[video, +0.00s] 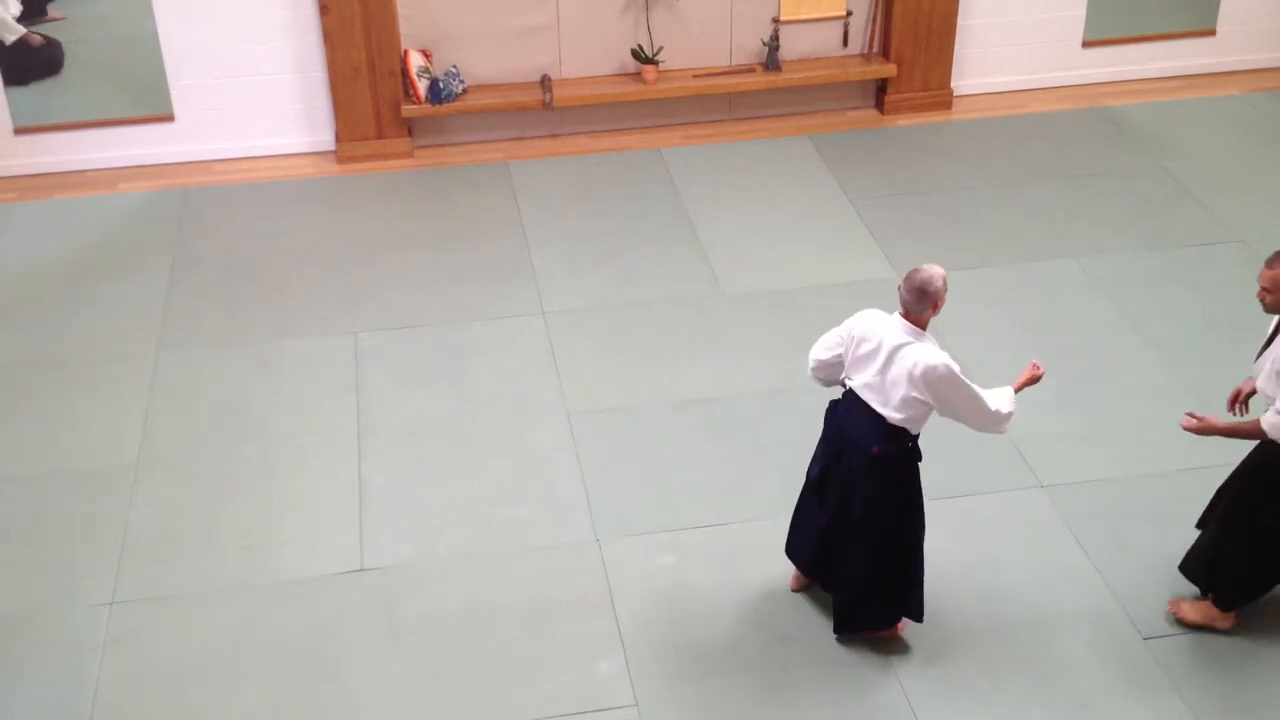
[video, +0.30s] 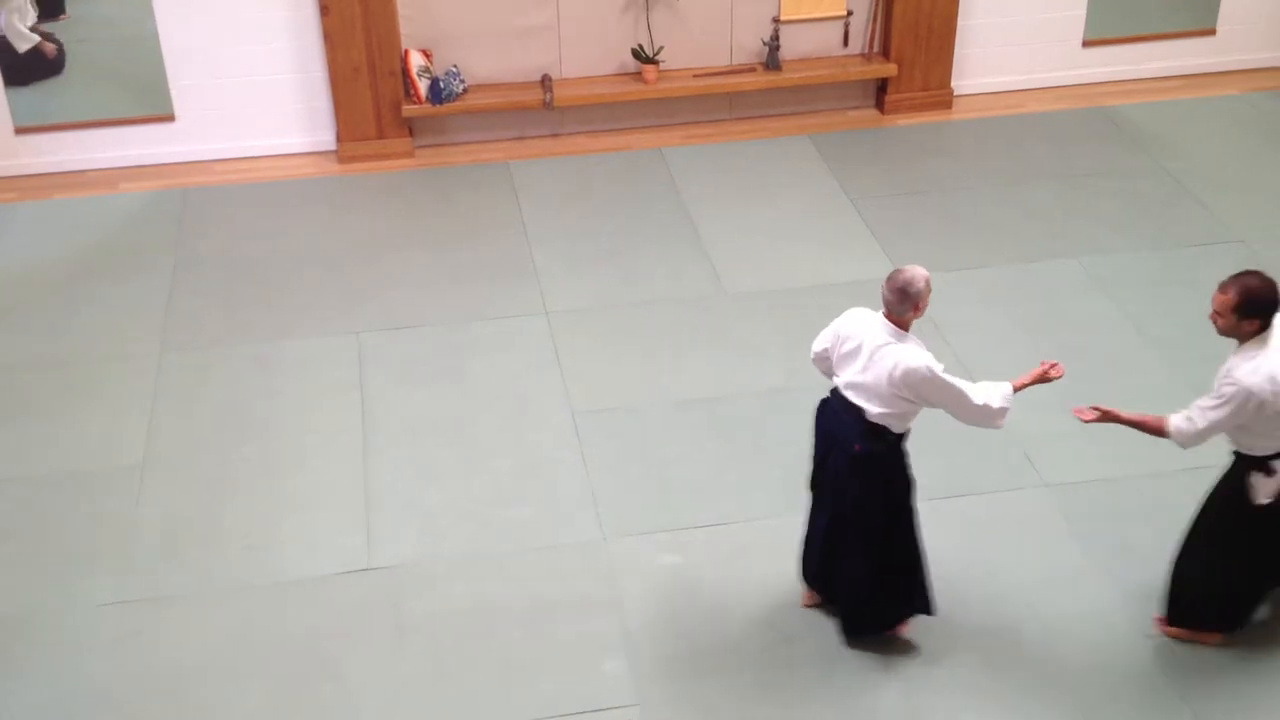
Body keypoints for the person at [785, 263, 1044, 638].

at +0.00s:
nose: (943, 299)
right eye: (943, 296)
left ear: (900, 292)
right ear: (938, 306)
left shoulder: (866, 322)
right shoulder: (933, 364)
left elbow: (820, 365)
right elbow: (986, 412)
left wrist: (853, 376)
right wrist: (1017, 387)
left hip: (842, 424)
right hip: (886, 448)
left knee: (826, 498)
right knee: (886, 529)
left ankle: (806, 569)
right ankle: (879, 619)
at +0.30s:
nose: (927, 301)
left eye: (926, 295)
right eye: (926, 298)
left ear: (883, 295)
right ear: (919, 308)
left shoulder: (855, 319)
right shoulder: (913, 365)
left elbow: (820, 354)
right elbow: (971, 399)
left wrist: (850, 378)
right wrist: (1026, 381)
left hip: (831, 421)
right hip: (872, 446)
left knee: (828, 508)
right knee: (884, 526)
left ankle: (816, 586)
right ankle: (885, 616)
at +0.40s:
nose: (844, 299)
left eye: (841, 292)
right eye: (841, 293)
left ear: (808, 290)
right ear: (834, 299)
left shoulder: (776, 313)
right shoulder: (826, 353)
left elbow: (755, 342)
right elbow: (881, 386)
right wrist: (942, 370)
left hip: (752, 417)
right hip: (785, 437)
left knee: (758, 507)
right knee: (798, 517)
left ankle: (750, 580)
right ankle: (793, 609)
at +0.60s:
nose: (935, 303)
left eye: (941, 302)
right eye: (938, 297)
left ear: (964, 316)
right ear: (978, 311)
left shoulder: (955, 367)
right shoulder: (1012, 320)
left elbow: (877, 389)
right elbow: (1041, 345)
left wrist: (807, 379)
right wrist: (1019, 388)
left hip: (992, 460)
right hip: (1034, 438)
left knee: (915, 514)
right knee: (1036, 527)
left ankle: (954, 586)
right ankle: (1048, 605)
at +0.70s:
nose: (895, 312)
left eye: (901, 311)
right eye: (899, 306)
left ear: (920, 327)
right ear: (944, 317)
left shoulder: (909, 375)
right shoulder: (977, 333)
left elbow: (833, 385)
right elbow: (1015, 366)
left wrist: (761, 378)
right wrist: (981, 390)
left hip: (958, 470)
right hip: (1005, 447)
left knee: (879, 526)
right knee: (1016, 530)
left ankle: (869, 619)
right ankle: (1041, 608)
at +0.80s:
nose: (841, 327)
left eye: (847, 324)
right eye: (845, 321)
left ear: (866, 340)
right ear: (887, 329)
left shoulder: (853, 387)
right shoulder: (926, 343)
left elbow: (779, 392)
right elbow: (977, 375)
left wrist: (711, 377)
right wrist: (969, 397)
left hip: (908, 481)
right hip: (958, 457)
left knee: (839, 546)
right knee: (986, 529)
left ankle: (818, 646)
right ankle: (1027, 604)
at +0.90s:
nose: (785, 337)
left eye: (789, 334)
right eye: (788, 330)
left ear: (807, 351)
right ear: (832, 341)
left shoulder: (801, 401)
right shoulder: (871, 355)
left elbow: (732, 402)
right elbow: (920, 381)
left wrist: (674, 375)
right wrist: (949, 404)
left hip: (860, 498)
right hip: (909, 470)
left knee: (800, 556)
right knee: (943, 533)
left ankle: (798, 652)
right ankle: (997, 587)